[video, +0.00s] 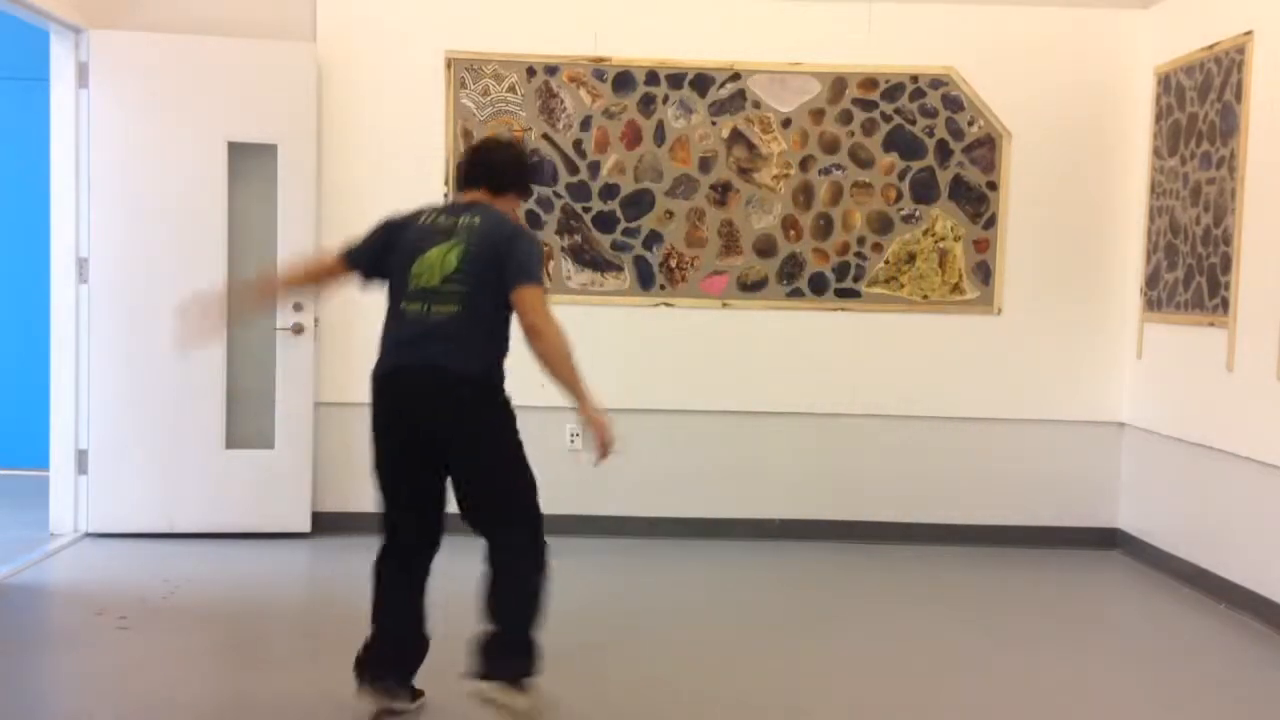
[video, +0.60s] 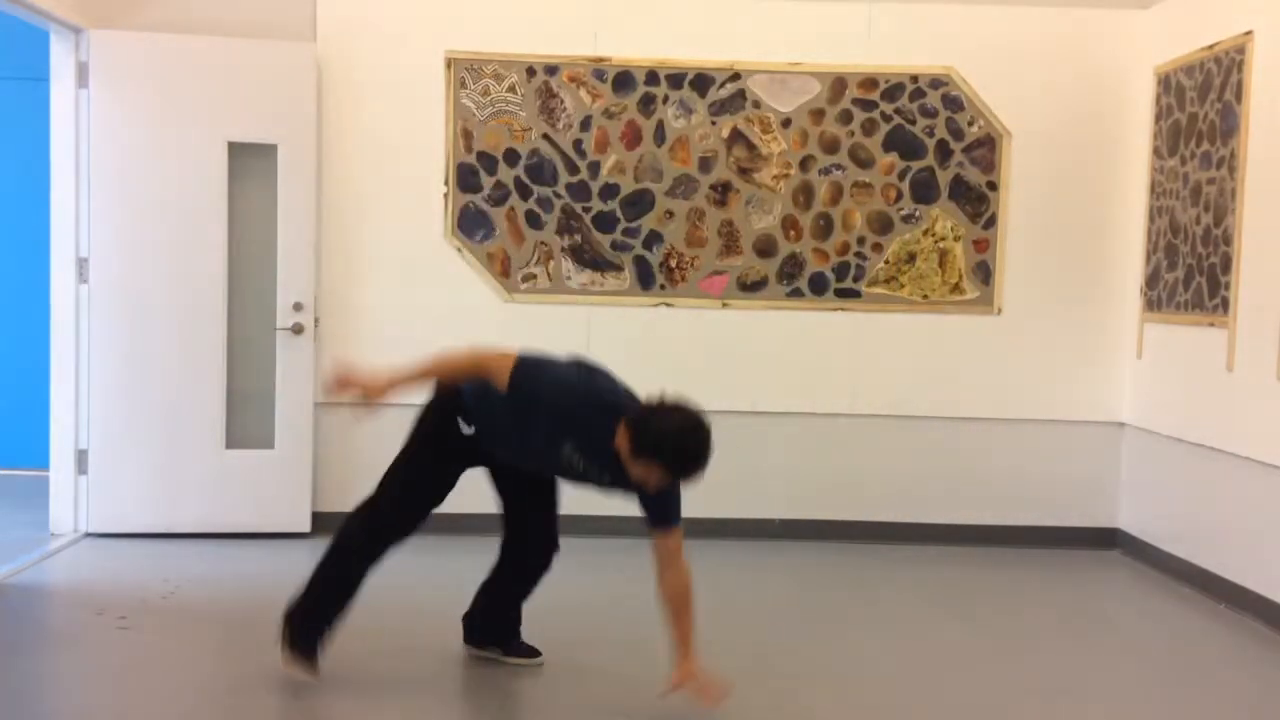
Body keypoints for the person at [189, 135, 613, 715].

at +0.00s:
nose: (522, 213)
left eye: (523, 203)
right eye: (521, 202)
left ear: (464, 185)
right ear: (506, 194)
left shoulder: (409, 226)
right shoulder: (510, 235)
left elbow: (323, 269)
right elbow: (535, 319)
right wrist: (586, 403)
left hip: (397, 396)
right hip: (469, 398)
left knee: (409, 531)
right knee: (516, 527)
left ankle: (387, 672)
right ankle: (506, 662)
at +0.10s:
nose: (555, 209)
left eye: (559, 199)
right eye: (557, 197)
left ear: (501, 173)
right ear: (540, 186)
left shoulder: (434, 201)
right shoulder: (529, 219)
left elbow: (345, 199)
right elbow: (543, 298)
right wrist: (612, 375)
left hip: (409, 381)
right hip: (469, 385)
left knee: (454, 510)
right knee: (492, 523)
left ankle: (400, 619)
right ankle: (452, 676)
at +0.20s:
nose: (587, 242)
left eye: (593, 234)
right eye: (589, 231)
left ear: (541, 195)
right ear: (574, 215)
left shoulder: (470, 210)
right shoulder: (539, 235)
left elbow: (411, 178)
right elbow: (543, 304)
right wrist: (619, 382)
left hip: (419, 390)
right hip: (462, 398)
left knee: (467, 519)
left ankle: (440, 628)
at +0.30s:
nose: (609, 301)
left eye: (617, 293)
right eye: (615, 289)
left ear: (589, 255)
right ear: (599, 270)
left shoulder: (541, 268)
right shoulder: (549, 276)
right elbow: (516, 336)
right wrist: (536, 404)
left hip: (457, 426)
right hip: (439, 425)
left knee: (486, 540)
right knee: (470, 565)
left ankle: (490, 623)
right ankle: (401, 704)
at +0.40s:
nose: (648, 367)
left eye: (656, 361)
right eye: (653, 357)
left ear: (631, 324)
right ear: (640, 342)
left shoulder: (585, 345)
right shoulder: (564, 325)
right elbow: (471, 336)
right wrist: (416, 372)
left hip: (466, 441)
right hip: (423, 430)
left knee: (492, 542)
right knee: (426, 573)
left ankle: (484, 628)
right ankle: (399, 705)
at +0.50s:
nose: (667, 435)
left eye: (672, 429)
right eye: (665, 425)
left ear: (664, 415)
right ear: (639, 400)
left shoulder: (649, 419)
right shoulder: (571, 357)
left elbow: (692, 492)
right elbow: (471, 332)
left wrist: (740, 564)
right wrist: (384, 343)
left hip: (489, 433)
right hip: (435, 403)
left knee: (511, 527)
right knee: (396, 535)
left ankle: (485, 630)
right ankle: (349, 675)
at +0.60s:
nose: (662, 487)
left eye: (668, 481)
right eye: (659, 475)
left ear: (672, 472)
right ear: (632, 446)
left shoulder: (658, 475)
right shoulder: (577, 392)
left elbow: (673, 564)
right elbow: (481, 362)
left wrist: (685, 656)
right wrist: (386, 383)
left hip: (524, 449)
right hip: (465, 414)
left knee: (534, 544)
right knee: (392, 514)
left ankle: (489, 629)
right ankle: (306, 622)